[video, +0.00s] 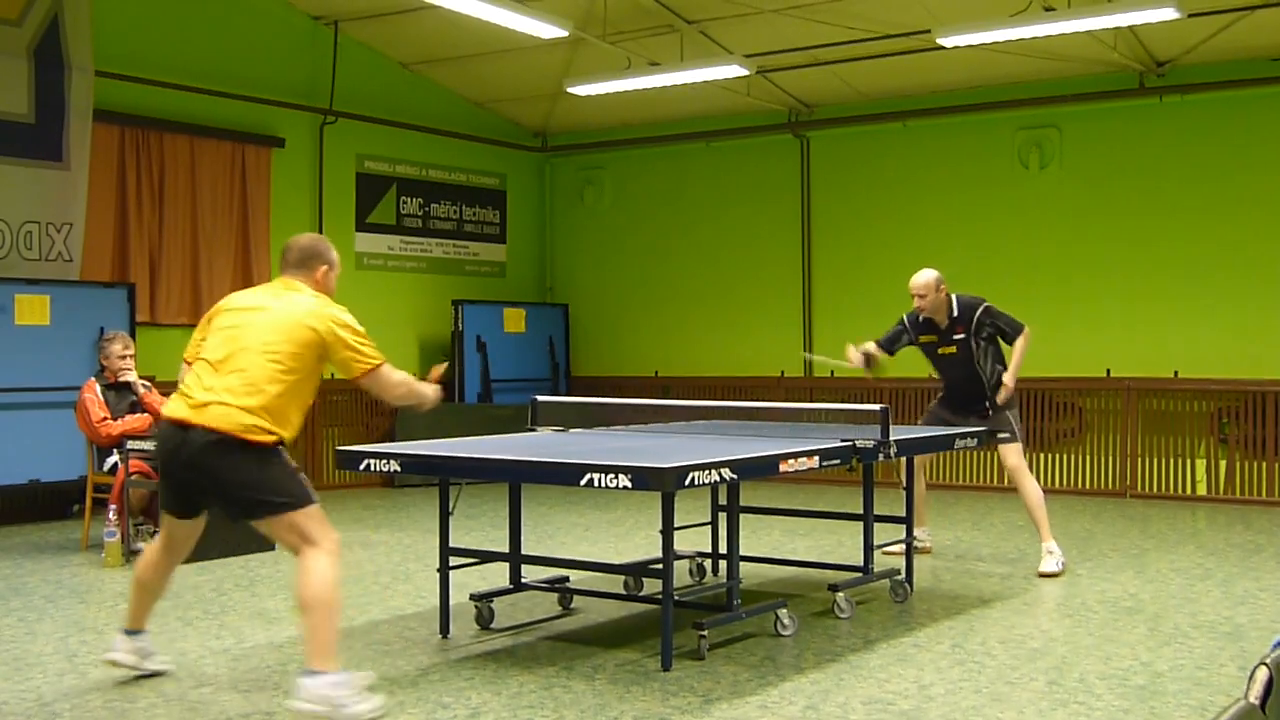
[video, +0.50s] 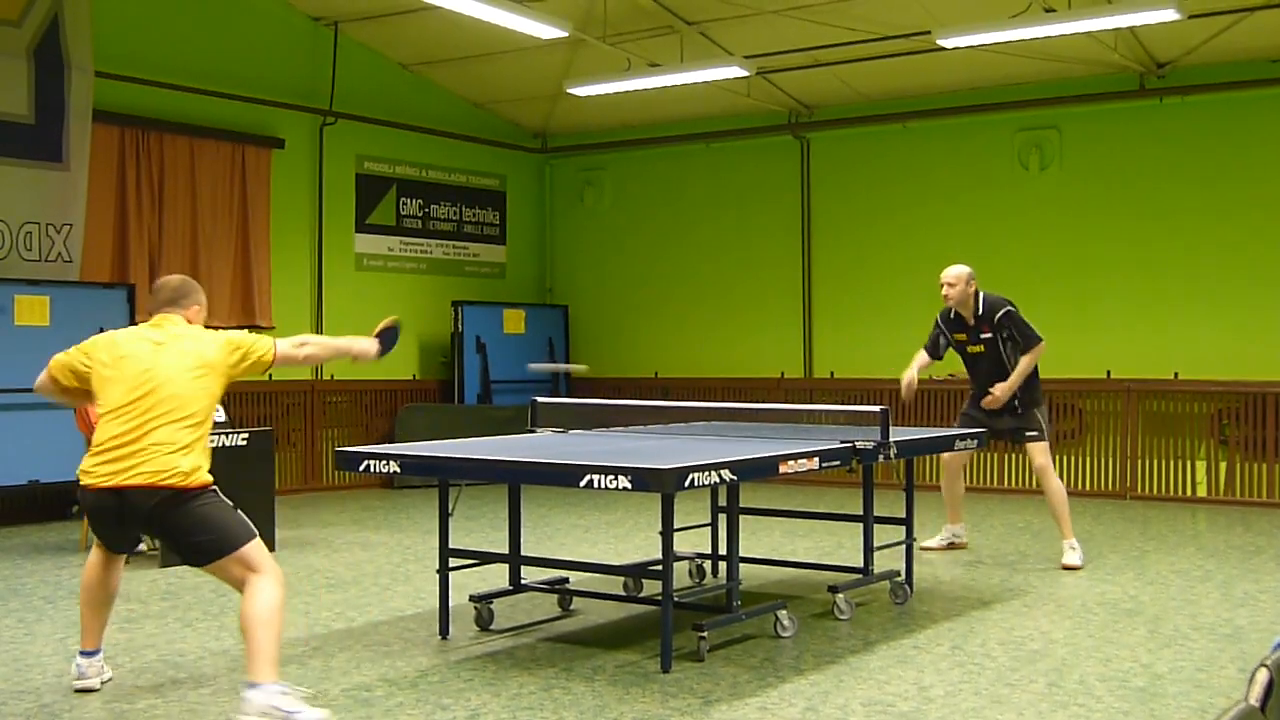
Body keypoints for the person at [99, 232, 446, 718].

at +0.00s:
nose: (335, 284)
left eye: (335, 276)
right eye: (335, 276)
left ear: (286, 268)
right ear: (323, 273)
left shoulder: (232, 301)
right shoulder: (325, 315)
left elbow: (189, 370)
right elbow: (390, 386)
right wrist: (428, 393)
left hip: (177, 436)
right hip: (239, 445)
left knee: (171, 539)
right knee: (318, 544)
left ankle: (130, 638)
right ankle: (322, 675)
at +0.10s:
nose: (317, 300)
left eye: (317, 291)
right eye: (317, 291)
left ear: (266, 285)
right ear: (305, 289)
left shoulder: (218, 319)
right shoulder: (303, 334)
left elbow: (209, 384)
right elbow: (361, 422)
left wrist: (286, 400)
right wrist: (374, 408)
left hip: (160, 459)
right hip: (217, 466)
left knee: (159, 553)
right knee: (298, 566)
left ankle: (98, 655)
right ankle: (287, 693)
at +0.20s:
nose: (293, 315)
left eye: (292, 307)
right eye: (292, 307)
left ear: (243, 302)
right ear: (279, 306)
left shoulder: (190, 338)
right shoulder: (279, 349)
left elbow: (167, 403)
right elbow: (329, 437)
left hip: (145, 476)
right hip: (213, 481)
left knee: (156, 557)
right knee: (303, 573)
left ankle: (94, 659)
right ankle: (287, 694)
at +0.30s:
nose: (251, 317)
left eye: (251, 311)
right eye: (250, 310)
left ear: (196, 305)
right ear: (237, 308)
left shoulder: (149, 346)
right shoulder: (251, 351)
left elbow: (146, 414)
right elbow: (305, 428)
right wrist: (267, 453)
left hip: (134, 499)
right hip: (207, 499)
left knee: (127, 552)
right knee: (295, 577)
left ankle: (89, 659)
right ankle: (286, 694)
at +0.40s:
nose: (226, 317)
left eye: (223, 311)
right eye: (225, 311)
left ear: (173, 310)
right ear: (215, 311)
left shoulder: (128, 344)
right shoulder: (236, 346)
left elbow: (89, 391)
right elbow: (309, 386)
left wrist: (138, 404)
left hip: (121, 491)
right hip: (192, 493)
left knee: (113, 551)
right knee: (278, 576)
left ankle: (88, 660)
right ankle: (284, 693)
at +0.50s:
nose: (205, 318)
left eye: (204, 312)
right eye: (204, 312)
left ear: (152, 311)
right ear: (194, 311)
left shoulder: (105, 344)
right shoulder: (217, 344)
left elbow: (44, 384)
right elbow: (300, 350)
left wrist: (92, 396)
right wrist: (364, 346)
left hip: (104, 485)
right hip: (176, 486)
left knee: (108, 550)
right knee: (261, 574)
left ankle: (87, 660)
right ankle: (263, 687)